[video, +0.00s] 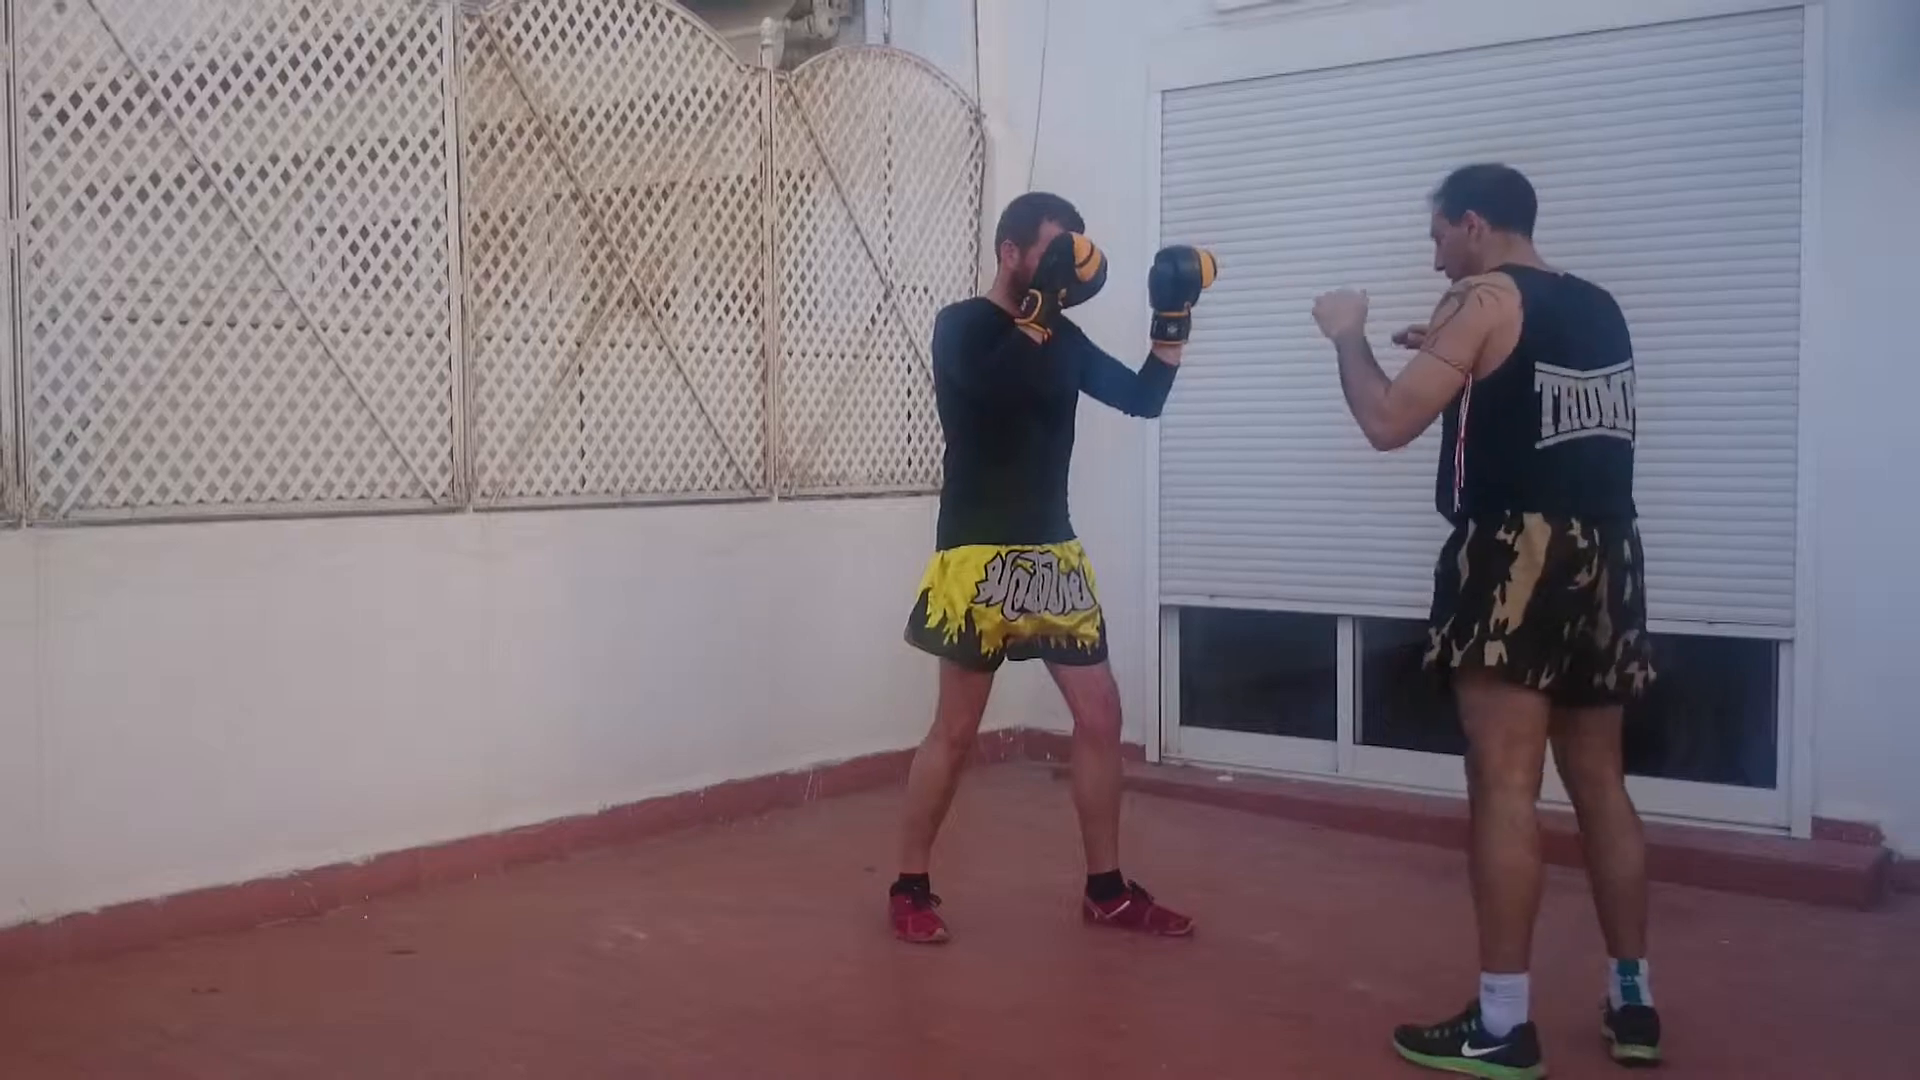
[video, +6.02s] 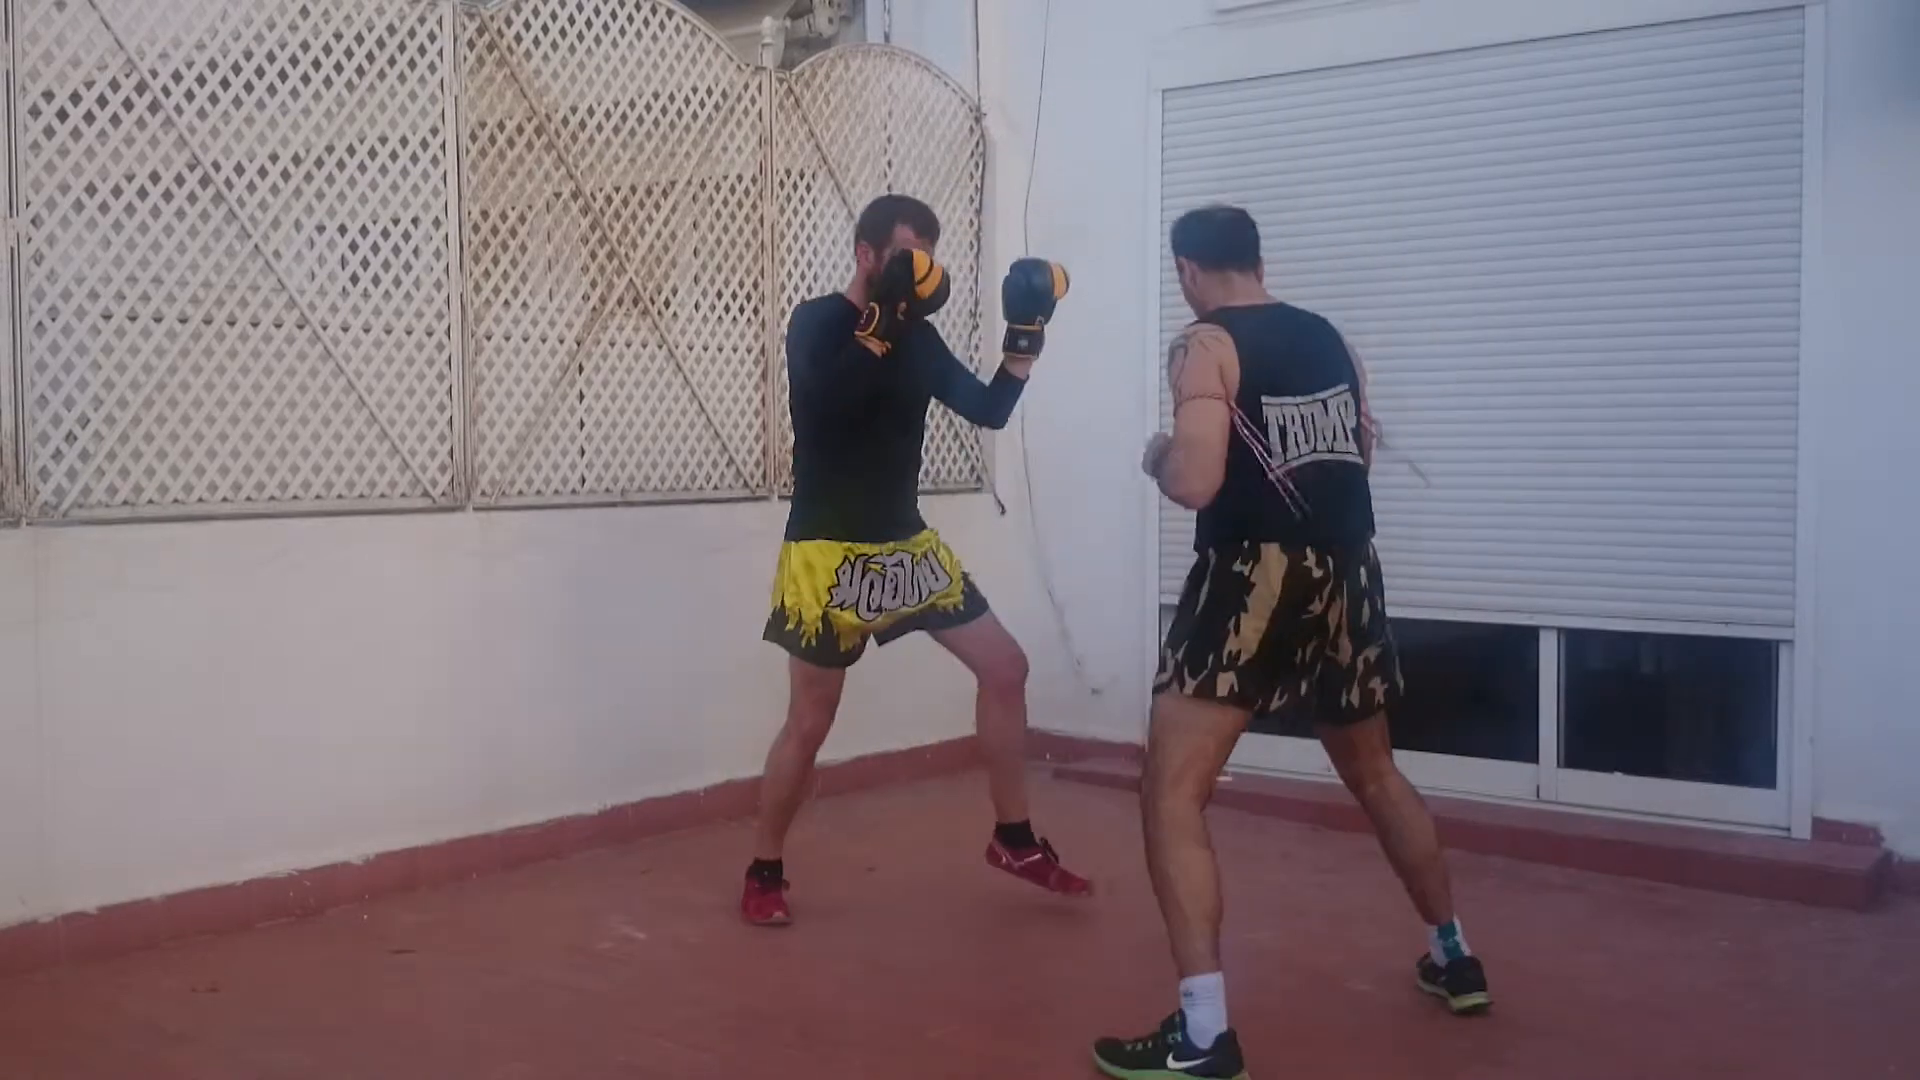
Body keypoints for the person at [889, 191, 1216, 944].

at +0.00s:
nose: (1062, 267)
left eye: (1068, 256)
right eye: (1053, 251)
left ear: (1060, 265)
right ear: (1008, 251)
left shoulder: (1063, 336)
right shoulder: (960, 323)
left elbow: (1144, 397)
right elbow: (986, 388)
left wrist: (1172, 326)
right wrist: (1045, 310)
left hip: (1055, 547)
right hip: (977, 549)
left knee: (1099, 717)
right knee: (954, 732)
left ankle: (1106, 888)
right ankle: (910, 886)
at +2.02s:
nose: (1053, 285)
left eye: (1057, 272)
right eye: (1039, 270)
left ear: (1045, 271)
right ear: (992, 266)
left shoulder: (1045, 360)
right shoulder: (962, 345)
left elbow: (1121, 446)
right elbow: (1082, 340)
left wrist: (1122, 354)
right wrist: (1086, 262)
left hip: (1102, 560)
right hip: (1030, 573)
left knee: (1201, 709)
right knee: (1057, 759)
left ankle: (1219, 880)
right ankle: (986, 907)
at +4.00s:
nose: (970, 268)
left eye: (977, 257)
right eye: (959, 255)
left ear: (978, 257)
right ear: (915, 248)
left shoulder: (964, 325)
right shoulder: (876, 319)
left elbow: (1051, 388)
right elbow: (875, 433)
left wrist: (1076, 323)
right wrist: (945, 345)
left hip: (937, 535)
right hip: (871, 539)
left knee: (993, 691)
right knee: (919, 705)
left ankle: (937, 840)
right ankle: (849, 836)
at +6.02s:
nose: (914, 272)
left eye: (923, 263)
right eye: (903, 258)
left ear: (927, 268)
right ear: (862, 253)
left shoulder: (916, 335)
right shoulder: (818, 321)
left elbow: (992, 408)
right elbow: (818, 405)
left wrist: (1024, 338)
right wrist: (880, 330)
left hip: (905, 542)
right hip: (826, 547)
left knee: (1004, 668)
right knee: (809, 723)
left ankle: (1015, 837)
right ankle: (765, 870)